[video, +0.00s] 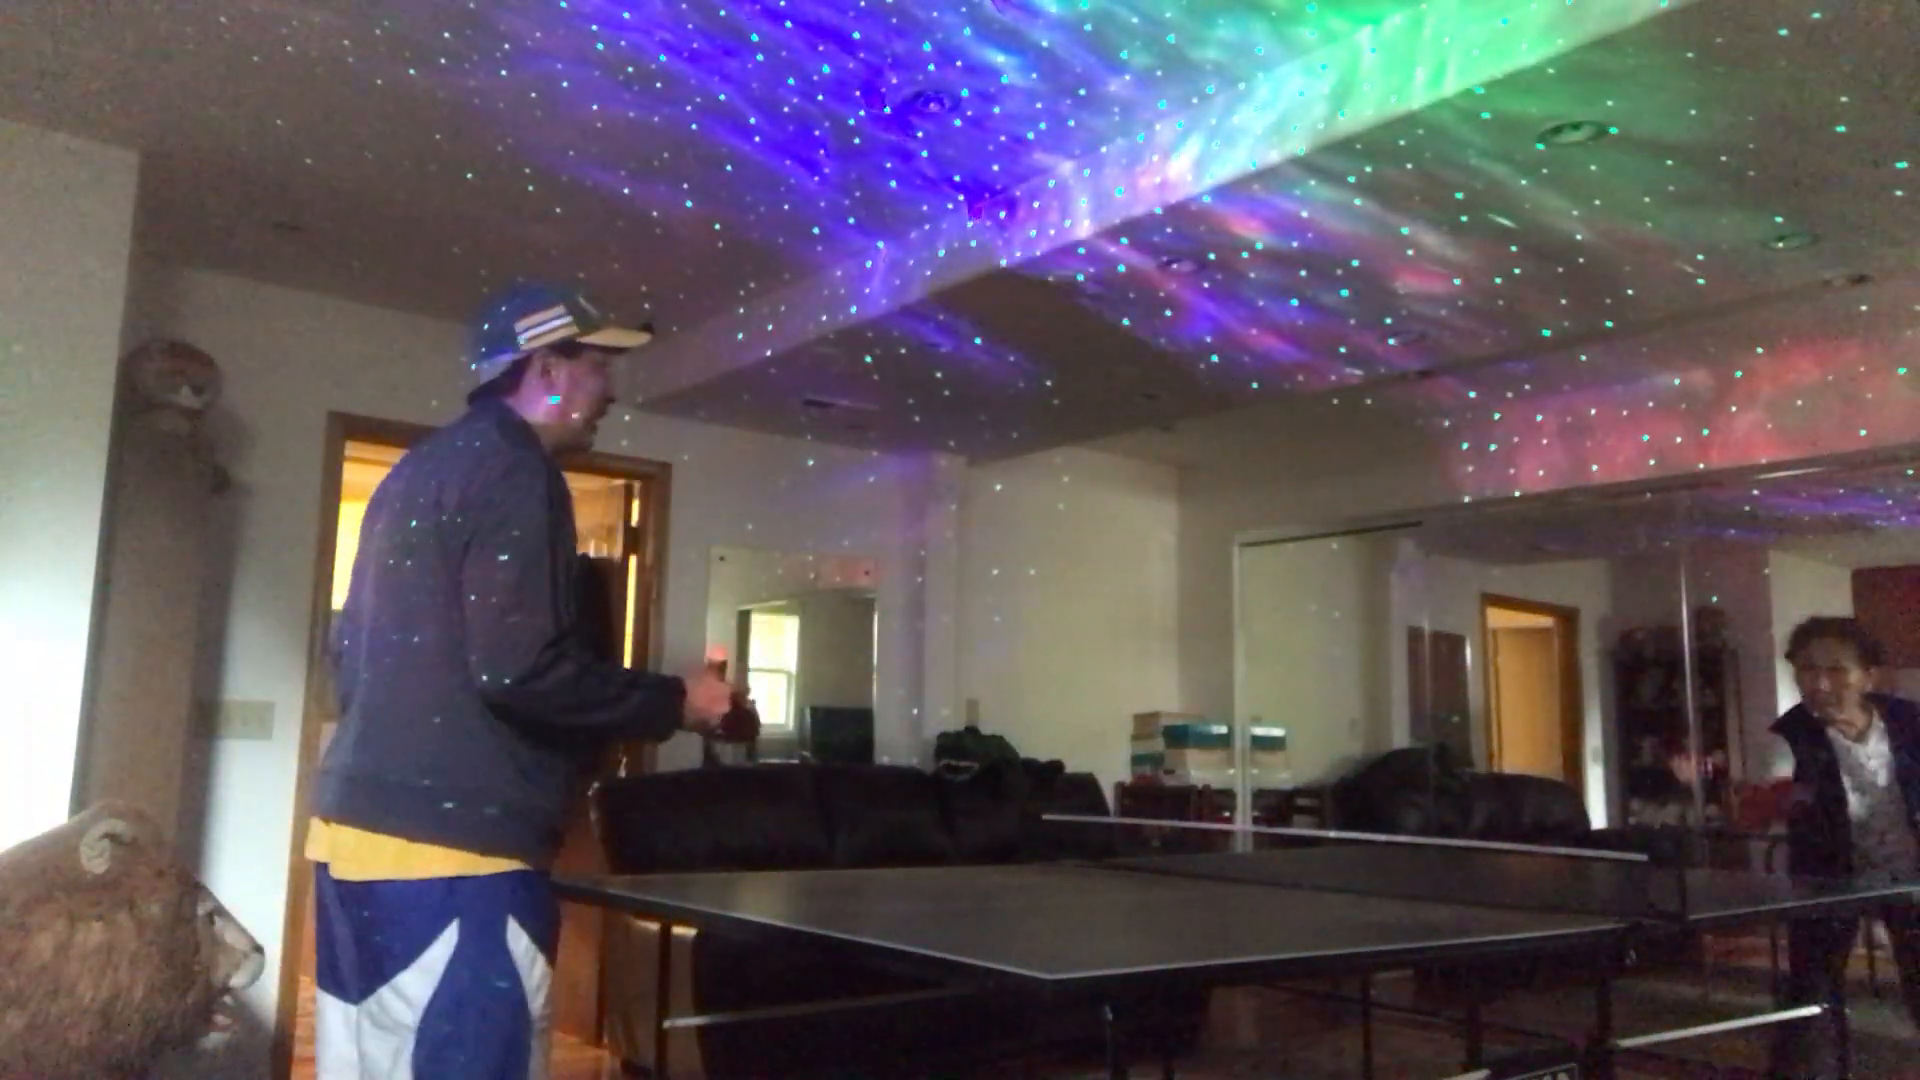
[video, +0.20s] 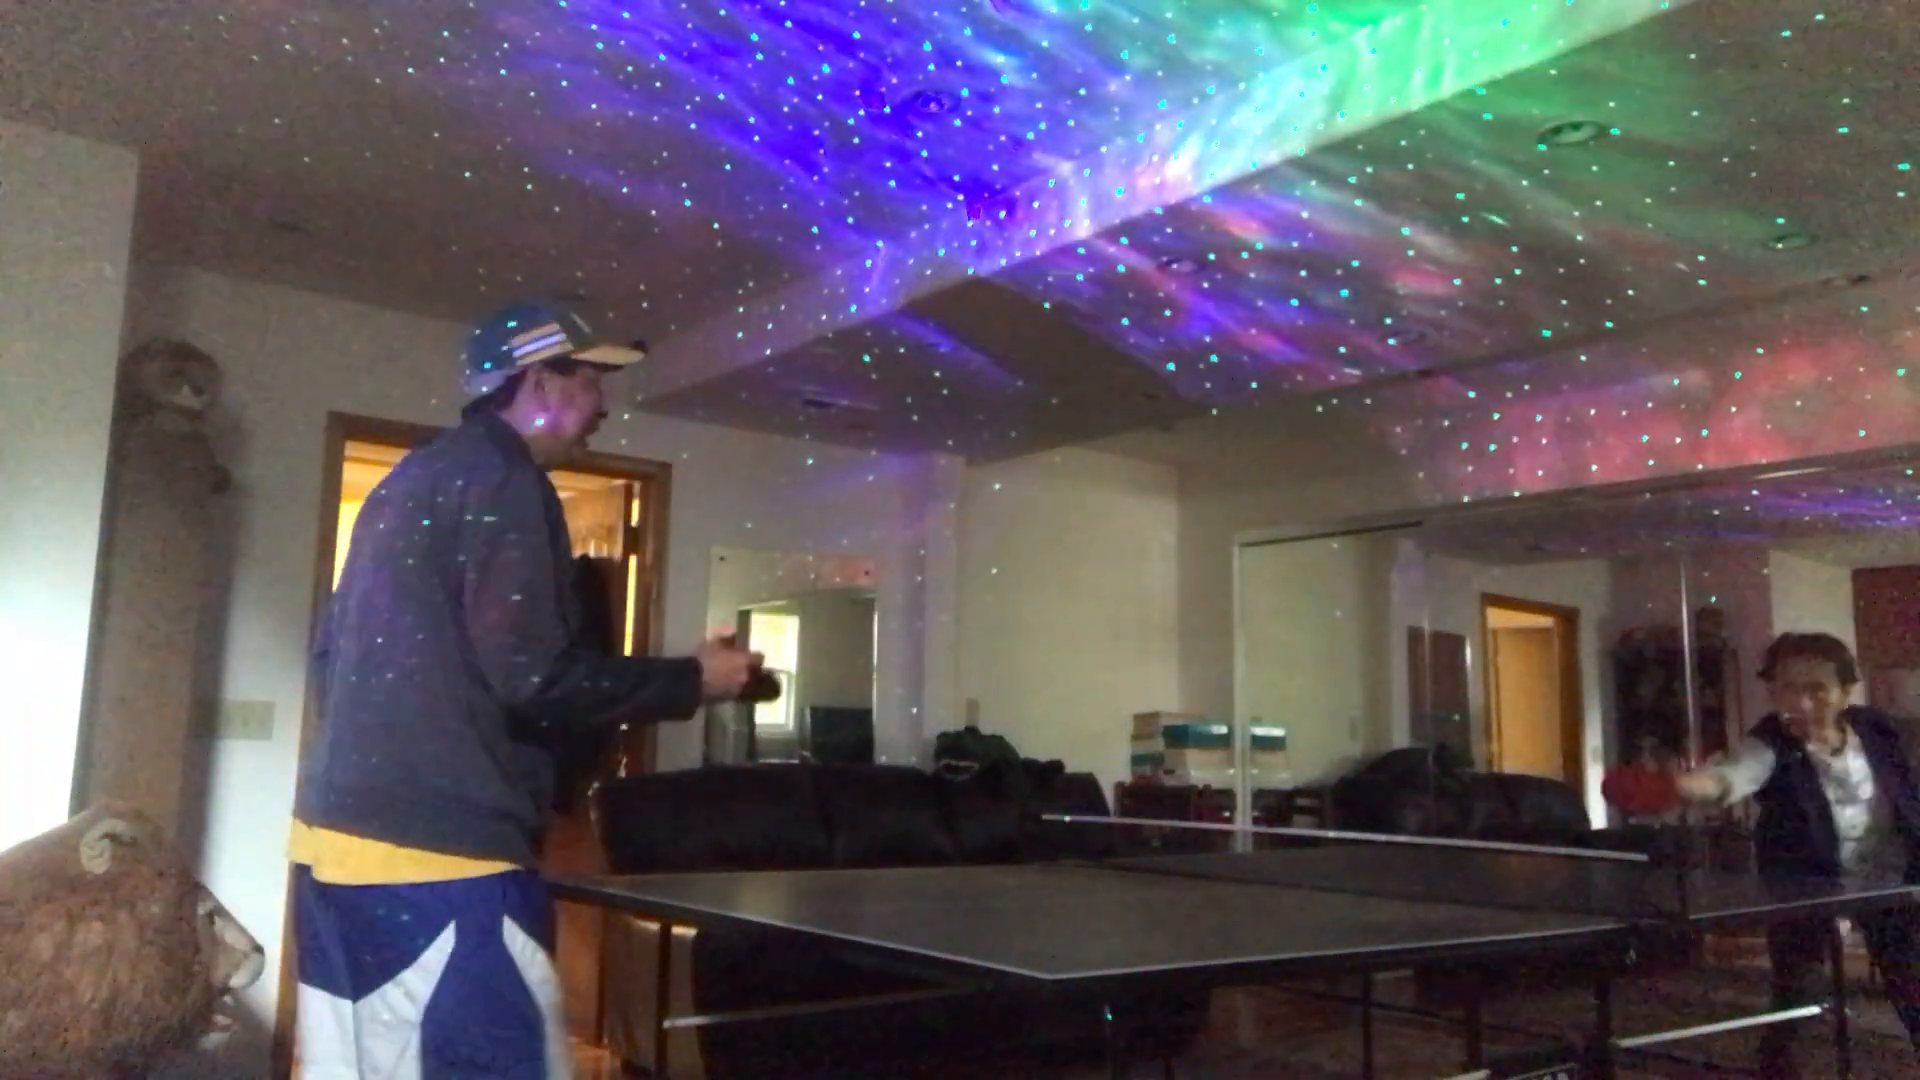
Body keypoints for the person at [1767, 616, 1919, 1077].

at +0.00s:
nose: (1820, 684)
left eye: (1836, 671)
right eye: (1808, 671)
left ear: (1868, 676)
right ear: (1795, 678)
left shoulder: (1904, 719)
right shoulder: (1792, 735)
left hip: (1903, 867)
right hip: (1830, 871)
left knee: (1915, 975)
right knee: (1812, 978)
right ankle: (1801, 1065)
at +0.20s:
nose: (1802, 703)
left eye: (1816, 690)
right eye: (1790, 690)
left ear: (1846, 694)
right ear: (1774, 694)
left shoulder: (1879, 733)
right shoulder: (1774, 742)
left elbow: (1908, 797)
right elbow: (1731, 777)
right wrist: (1677, 783)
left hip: (1880, 874)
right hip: (1803, 881)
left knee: (1907, 974)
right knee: (1799, 988)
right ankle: (1773, 1061)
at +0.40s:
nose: (1774, 711)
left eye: (1793, 699)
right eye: (1765, 696)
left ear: (1827, 706)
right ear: (1752, 697)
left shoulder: (1869, 740)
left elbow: (1907, 810)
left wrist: (1914, 868)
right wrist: (1676, 842)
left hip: (1867, 877)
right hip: (1779, 886)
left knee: (1907, 969)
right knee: (1784, 983)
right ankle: (1776, 1067)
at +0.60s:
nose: (1777, 703)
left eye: (1792, 691)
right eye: (1769, 689)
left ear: (1830, 694)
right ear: (1757, 690)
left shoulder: (1877, 736)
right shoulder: (1746, 746)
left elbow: (1908, 811)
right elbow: (1706, 816)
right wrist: (1719, 840)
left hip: (1868, 871)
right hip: (1785, 876)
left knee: (1908, 957)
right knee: (1788, 966)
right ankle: (1776, 1063)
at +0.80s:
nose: (1797, 681)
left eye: (1813, 667)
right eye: (1789, 667)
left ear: (1857, 675)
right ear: (1780, 675)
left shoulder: (1900, 726)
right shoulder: (1779, 738)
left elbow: (1912, 811)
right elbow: (1782, 810)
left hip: (1896, 879)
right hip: (1819, 884)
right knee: (1807, 983)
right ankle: (1795, 1065)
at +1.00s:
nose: (1787, 659)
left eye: (1802, 647)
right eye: (1786, 648)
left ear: (1853, 651)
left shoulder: (1903, 709)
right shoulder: (1789, 724)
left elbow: (1914, 793)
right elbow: (1804, 802)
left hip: (1908, 878)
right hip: (1837, 885)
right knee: (1811, 1005)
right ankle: (1799, 1066)